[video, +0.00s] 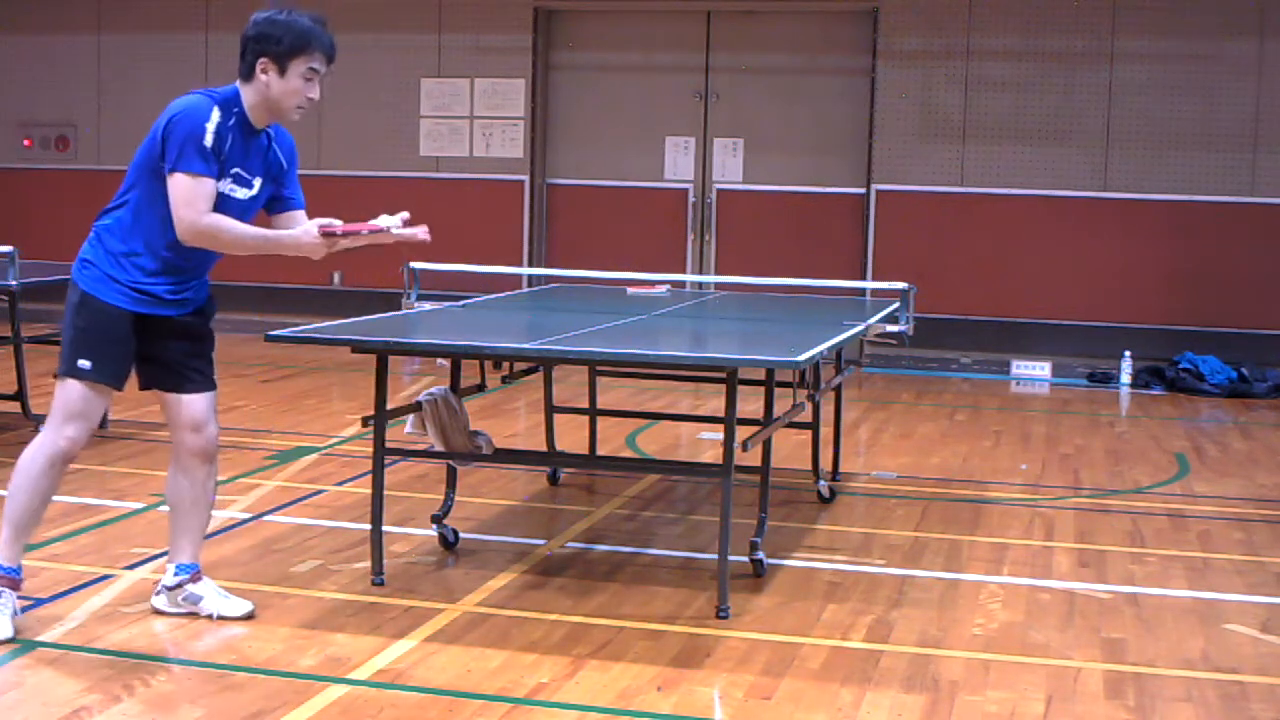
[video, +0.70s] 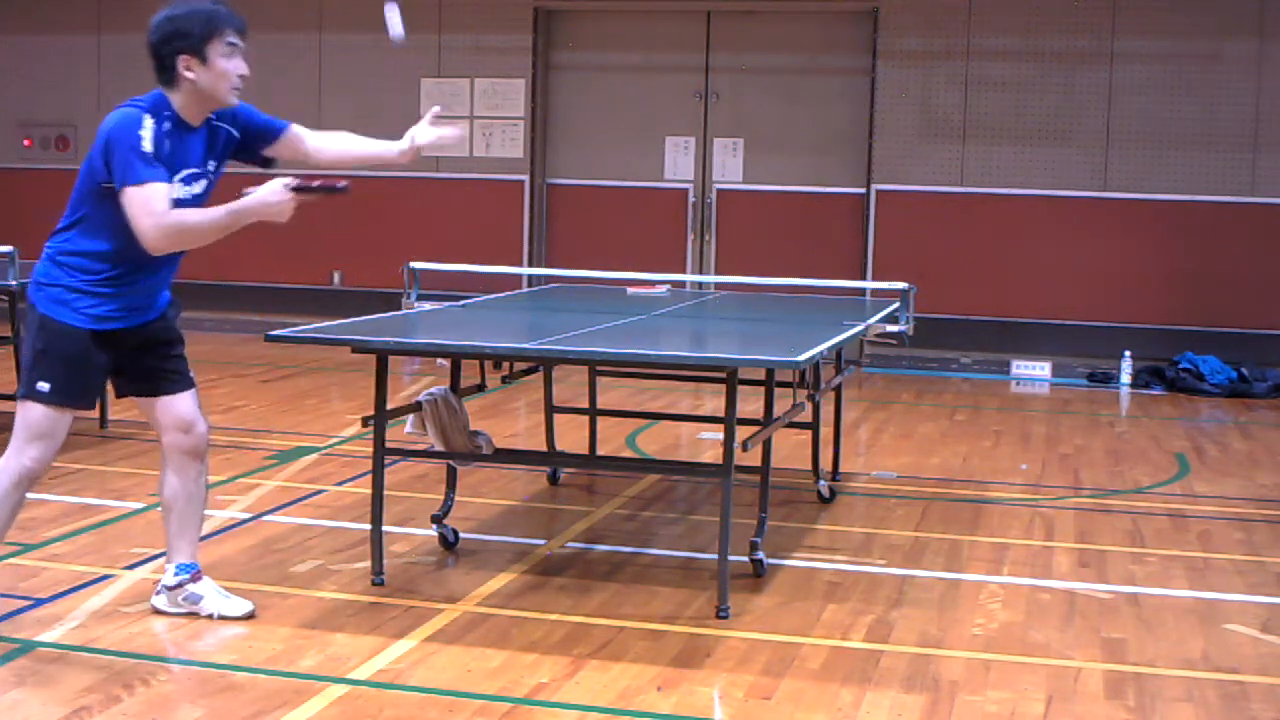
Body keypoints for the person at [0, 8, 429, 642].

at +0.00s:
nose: (316, 93)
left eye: (320, 80)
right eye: (308, 77)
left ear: (286, 76)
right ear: (264, 68)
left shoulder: (279, 147)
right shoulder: (196, 117)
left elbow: (294, 239)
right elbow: (192, 226)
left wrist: (372, 233)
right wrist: (286, 241)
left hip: (183, 297)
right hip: (111, 286)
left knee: (199, 438)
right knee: (67, 433)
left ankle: (181, 580)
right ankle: (4, 576)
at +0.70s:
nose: (245, 68)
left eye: (243, 54)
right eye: (231, 54)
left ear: (206, 67)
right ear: (186, 65)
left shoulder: (225, 123)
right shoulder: (133, 125)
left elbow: (312, 147)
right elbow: (156, 232)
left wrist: (401, 150)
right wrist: (252, 208)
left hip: (144, 304)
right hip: (69, 302)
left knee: (187, 435)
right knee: (30, 455)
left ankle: (180, 579)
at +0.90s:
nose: (208, 50)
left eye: (204, 38)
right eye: (192, 38)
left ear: (172, 56)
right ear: (149, 55)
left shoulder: (205, 116)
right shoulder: (99, 119)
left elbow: (300, 140)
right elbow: (73, 217)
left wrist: (383, 156)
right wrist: (178, 235)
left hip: (133, 305)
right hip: (56, 305)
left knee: (180, 439)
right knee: (19, 462)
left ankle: (181, 578)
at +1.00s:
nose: (202, 52)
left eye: (198, 39)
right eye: (185, 40)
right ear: (142, 59)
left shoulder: (206, 122)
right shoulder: (92, 121)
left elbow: (302, 150)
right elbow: (21, 190)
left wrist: (381, 177)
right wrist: (107, 208)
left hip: (131, 310)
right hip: (51, 310)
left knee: (180, 440)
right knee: (17, 467)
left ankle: (180, 578)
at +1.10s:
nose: (200, 65)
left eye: (198, 50)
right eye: (183, 51)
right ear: (138, 68)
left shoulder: (204, 135)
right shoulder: (93, 125)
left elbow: (286, 183)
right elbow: (24, 195)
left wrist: (348, 236)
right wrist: (32, 152)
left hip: (130, 316)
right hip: (48, 313)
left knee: (187, 447)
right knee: (23, 470)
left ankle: (183, 577)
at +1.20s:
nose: (212, 85)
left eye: (211, 70)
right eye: (197, 70)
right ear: (151, 80)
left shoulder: (204, 154)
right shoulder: (98, 126)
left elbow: (251, 225)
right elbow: (29, 181)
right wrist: (28, 125)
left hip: (128, 322)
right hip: (49, 320)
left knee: (201, 440)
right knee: (27, 475)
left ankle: (186, 571)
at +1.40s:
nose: (288, 144)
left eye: (295, 132)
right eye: (288, 127)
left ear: (254, 111)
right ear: (251, 106)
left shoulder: (218, 160)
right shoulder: (181, 125)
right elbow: (209, 202)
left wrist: (305, 284)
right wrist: (311, 275)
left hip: (146, 318)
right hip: (71, 315)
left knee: (214, 446)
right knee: (30, 473)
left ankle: (232, 590)